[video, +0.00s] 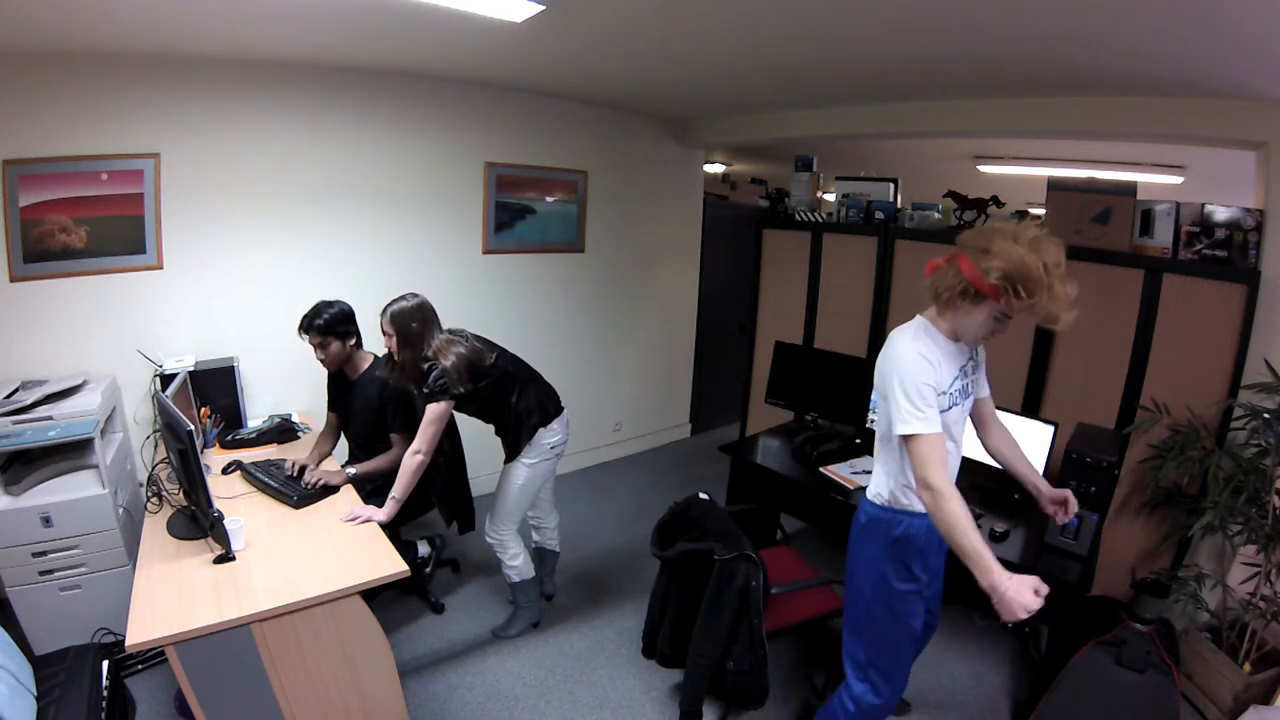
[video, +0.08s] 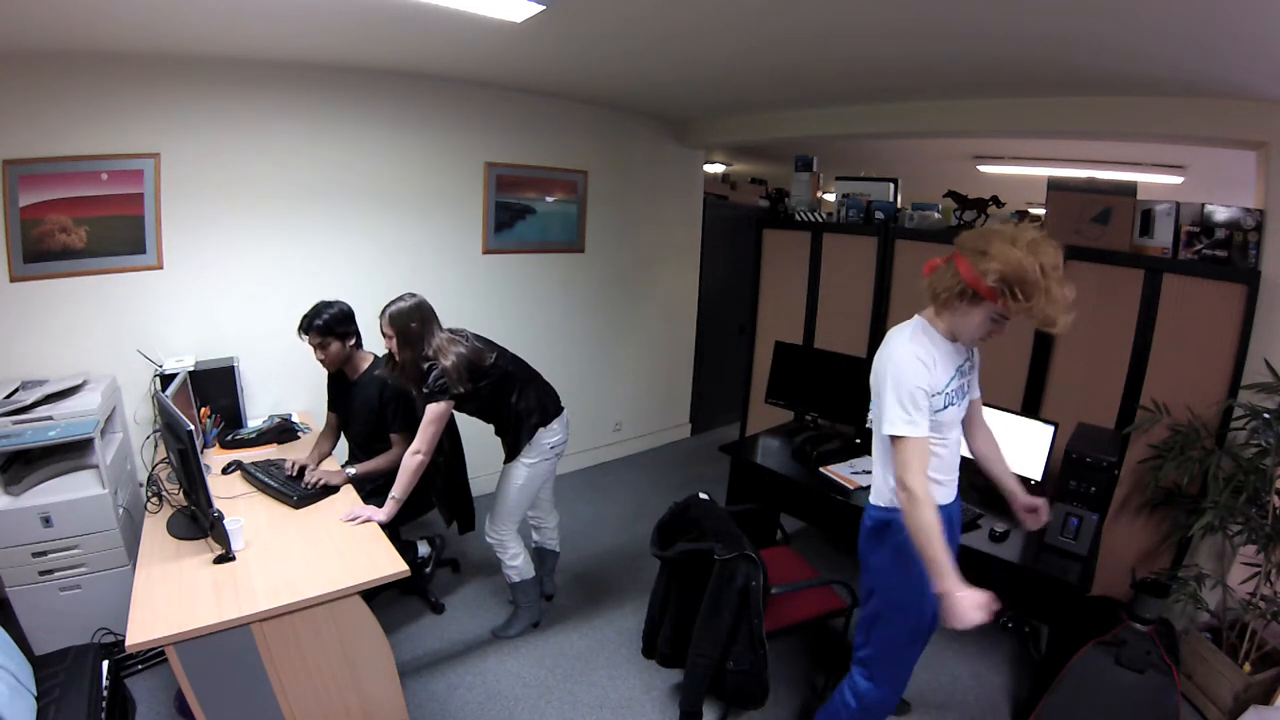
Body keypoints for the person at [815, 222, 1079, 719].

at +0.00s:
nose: (1001, 332)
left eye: (1007, 321)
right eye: (1000, 318)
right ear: (973, 295)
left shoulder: (965, 345)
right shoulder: (909, 355)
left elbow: (988, 424)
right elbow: (932, 485)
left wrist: (1041, 489)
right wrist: (998, 581)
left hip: (930, 527)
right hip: (891, 533)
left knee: (916, 629)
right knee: (874, 688)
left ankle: (881, 694)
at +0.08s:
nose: (998, 333)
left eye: (1005, 322)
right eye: (996, 319)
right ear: (966, 296)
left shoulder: (960, 345)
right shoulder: (905, 356)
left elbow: (974, 424)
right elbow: (911, 487)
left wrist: (1015, 493)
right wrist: (951, 587)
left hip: (942, 515)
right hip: (899, 528)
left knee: (914, 623)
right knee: (876, 679)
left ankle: (881, 697)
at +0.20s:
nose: (999, 330)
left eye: (1006, 319)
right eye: (998, 316)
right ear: (971, 293)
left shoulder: (959, 339)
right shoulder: (904, 356)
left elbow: (965, 420)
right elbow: (897, 487)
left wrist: (994, 492)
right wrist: (924, 588)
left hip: (946, 512)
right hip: (907, 522)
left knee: (915, 615)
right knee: (874, 652)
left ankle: (878, 689)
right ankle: (838, 713)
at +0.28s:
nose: (1003, 326)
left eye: (1010, 314)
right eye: (1001, 312)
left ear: (979, 295)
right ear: (971, 289)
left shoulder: (962, 338)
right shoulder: (908, 352)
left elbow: (974, 417)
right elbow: (911, 481)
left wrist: (1016, 488)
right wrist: (961, 580)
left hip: (940, 508)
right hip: (899, 520)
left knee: (910, 615)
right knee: (870, 650)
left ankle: (873, 688)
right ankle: (835, 713)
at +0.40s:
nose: (1002, 331)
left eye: (1009, 320)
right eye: (1001, 318)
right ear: (974, 294)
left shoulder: (966, 343)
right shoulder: (908, 353)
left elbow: (986, 421)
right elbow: (930, 482)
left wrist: (1042, 484)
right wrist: (1001, 574)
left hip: (929, 520)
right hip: (890, 527)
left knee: (912, 620)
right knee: (868, 677)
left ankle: (877, 690)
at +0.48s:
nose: (997, 335)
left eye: (1004, 325)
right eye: (996, 322)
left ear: (974, 306)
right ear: (967, 299)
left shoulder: (960, 346)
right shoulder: (905, 357)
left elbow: (977, 423)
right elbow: (915, 487)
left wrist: (1024, 488)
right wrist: (968, 582)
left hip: (935, 518)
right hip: (895, 529)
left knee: (916, 627)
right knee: (876, 683)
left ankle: (881, 697)